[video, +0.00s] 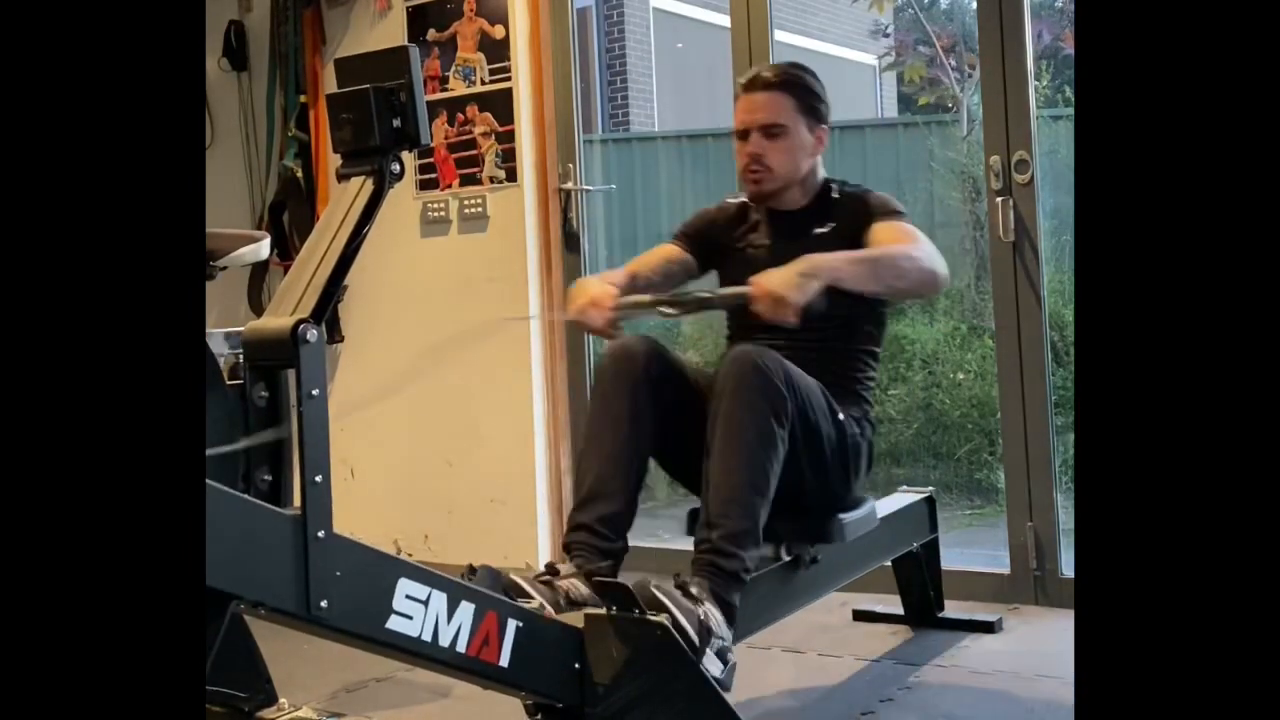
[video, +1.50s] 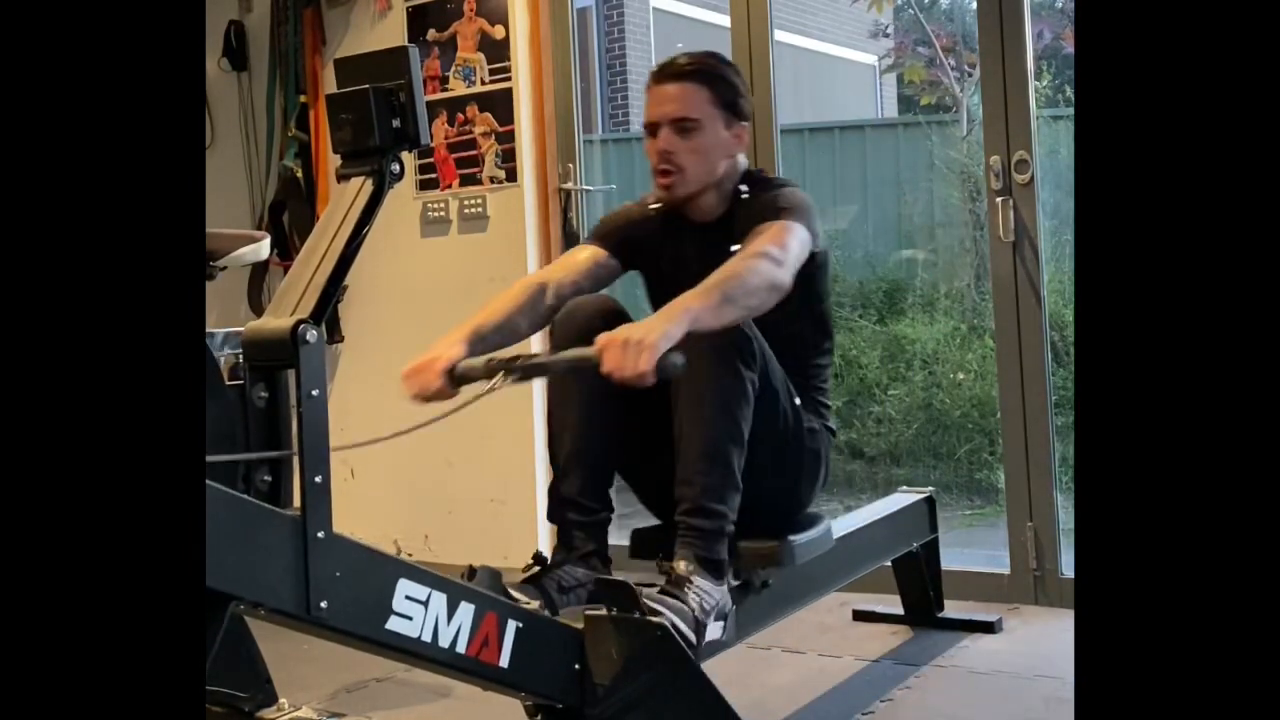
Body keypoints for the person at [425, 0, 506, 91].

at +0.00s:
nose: (471, 7)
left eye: (473, 4)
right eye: (469, 4)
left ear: (476, 7)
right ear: (463, 7)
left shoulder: (480, 22)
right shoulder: (457, 25)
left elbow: (493, 34)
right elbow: (444, 36)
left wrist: (498, 32)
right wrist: (434, 36)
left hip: (474, 60)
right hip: (460, 59)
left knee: (474, 89)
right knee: (458, 89)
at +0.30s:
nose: (471, 7)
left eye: (473, 4)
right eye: (469, 4)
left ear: (476, 7)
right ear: (463, 7)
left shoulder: (480, 22)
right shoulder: (457, 25)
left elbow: (493, 33)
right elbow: (444, 36)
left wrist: (498, 32)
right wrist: (435, 36)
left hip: (473, 60)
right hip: (460, 59)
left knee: (474, 89)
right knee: (458, 90)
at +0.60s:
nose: (471, 7)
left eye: (473, 4)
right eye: (469, 4)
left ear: (476, 7)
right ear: (463, 7)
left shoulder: (480, 22)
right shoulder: (457, 25)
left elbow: (493, 33)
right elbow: (444, 36)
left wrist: (498, 32)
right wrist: (435, 36)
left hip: (473, 60)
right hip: (460, 59)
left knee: (474, 89)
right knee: (458, 89)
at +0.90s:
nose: (471, 7)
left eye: (473, 4)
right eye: (468, 4)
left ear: (476, 7)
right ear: (463, 7)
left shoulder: (480, 22)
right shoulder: (457, 25)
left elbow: (493, 34)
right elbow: (444, 36)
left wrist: (498, 32)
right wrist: (435, 36)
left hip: (474, 60)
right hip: (460, 59)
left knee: (473, 89)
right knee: (458, 89)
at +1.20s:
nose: (471, 7)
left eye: (473, 4)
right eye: (468, 4)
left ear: (476, 7)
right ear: (463, 7)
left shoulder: (480, 22)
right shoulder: (457, 25)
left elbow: (493, 34)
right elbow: (444, 36)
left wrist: (498, 32)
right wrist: (435, 36)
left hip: (474, 60)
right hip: (460, 59)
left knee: (473, 89)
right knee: (458, 90)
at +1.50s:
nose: (471, 7)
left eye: (473, 4)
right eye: (468, 4)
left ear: (476, 7)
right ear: (463, 8)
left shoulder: (480, 22)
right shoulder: (457, 25)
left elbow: (494, 34)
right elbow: (444, 36)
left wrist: (498, 32)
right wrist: (435, 36)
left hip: (474, 60)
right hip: (460, 59)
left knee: (474, 89)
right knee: (459, 89)